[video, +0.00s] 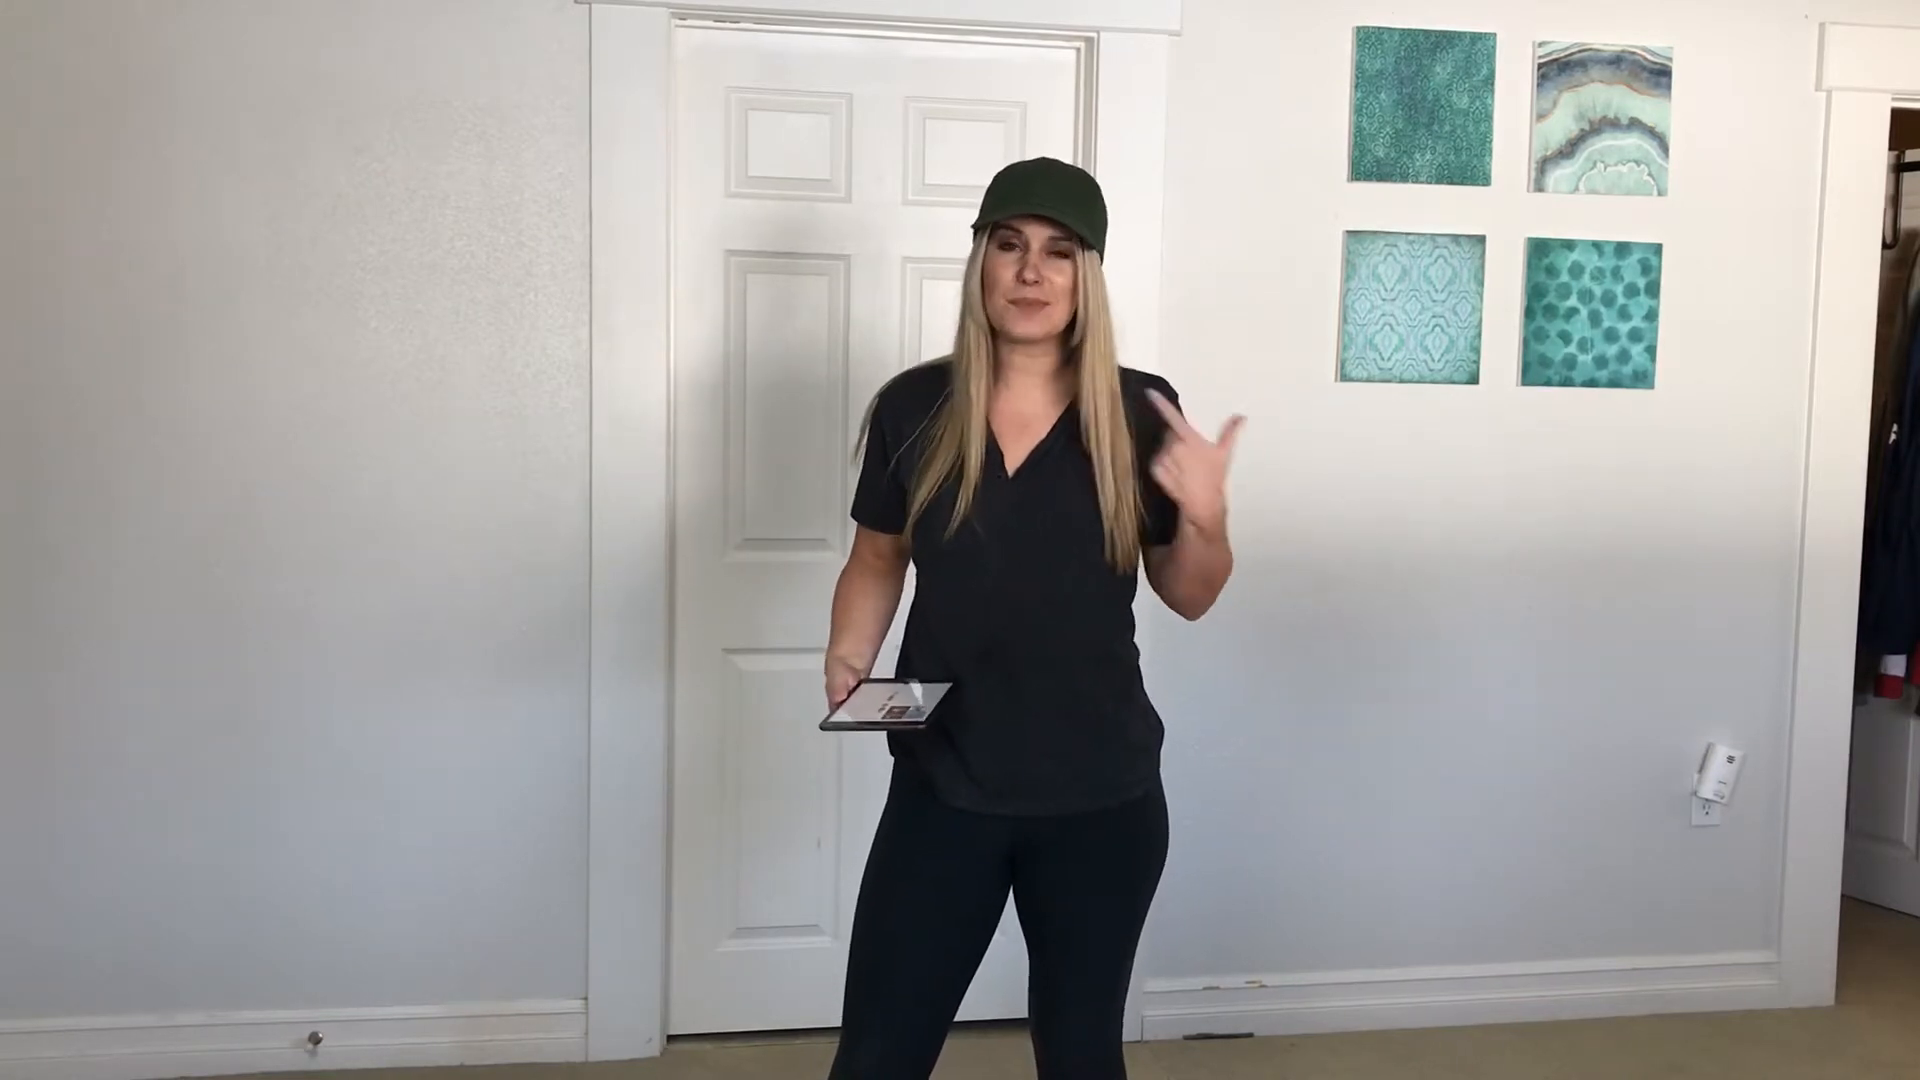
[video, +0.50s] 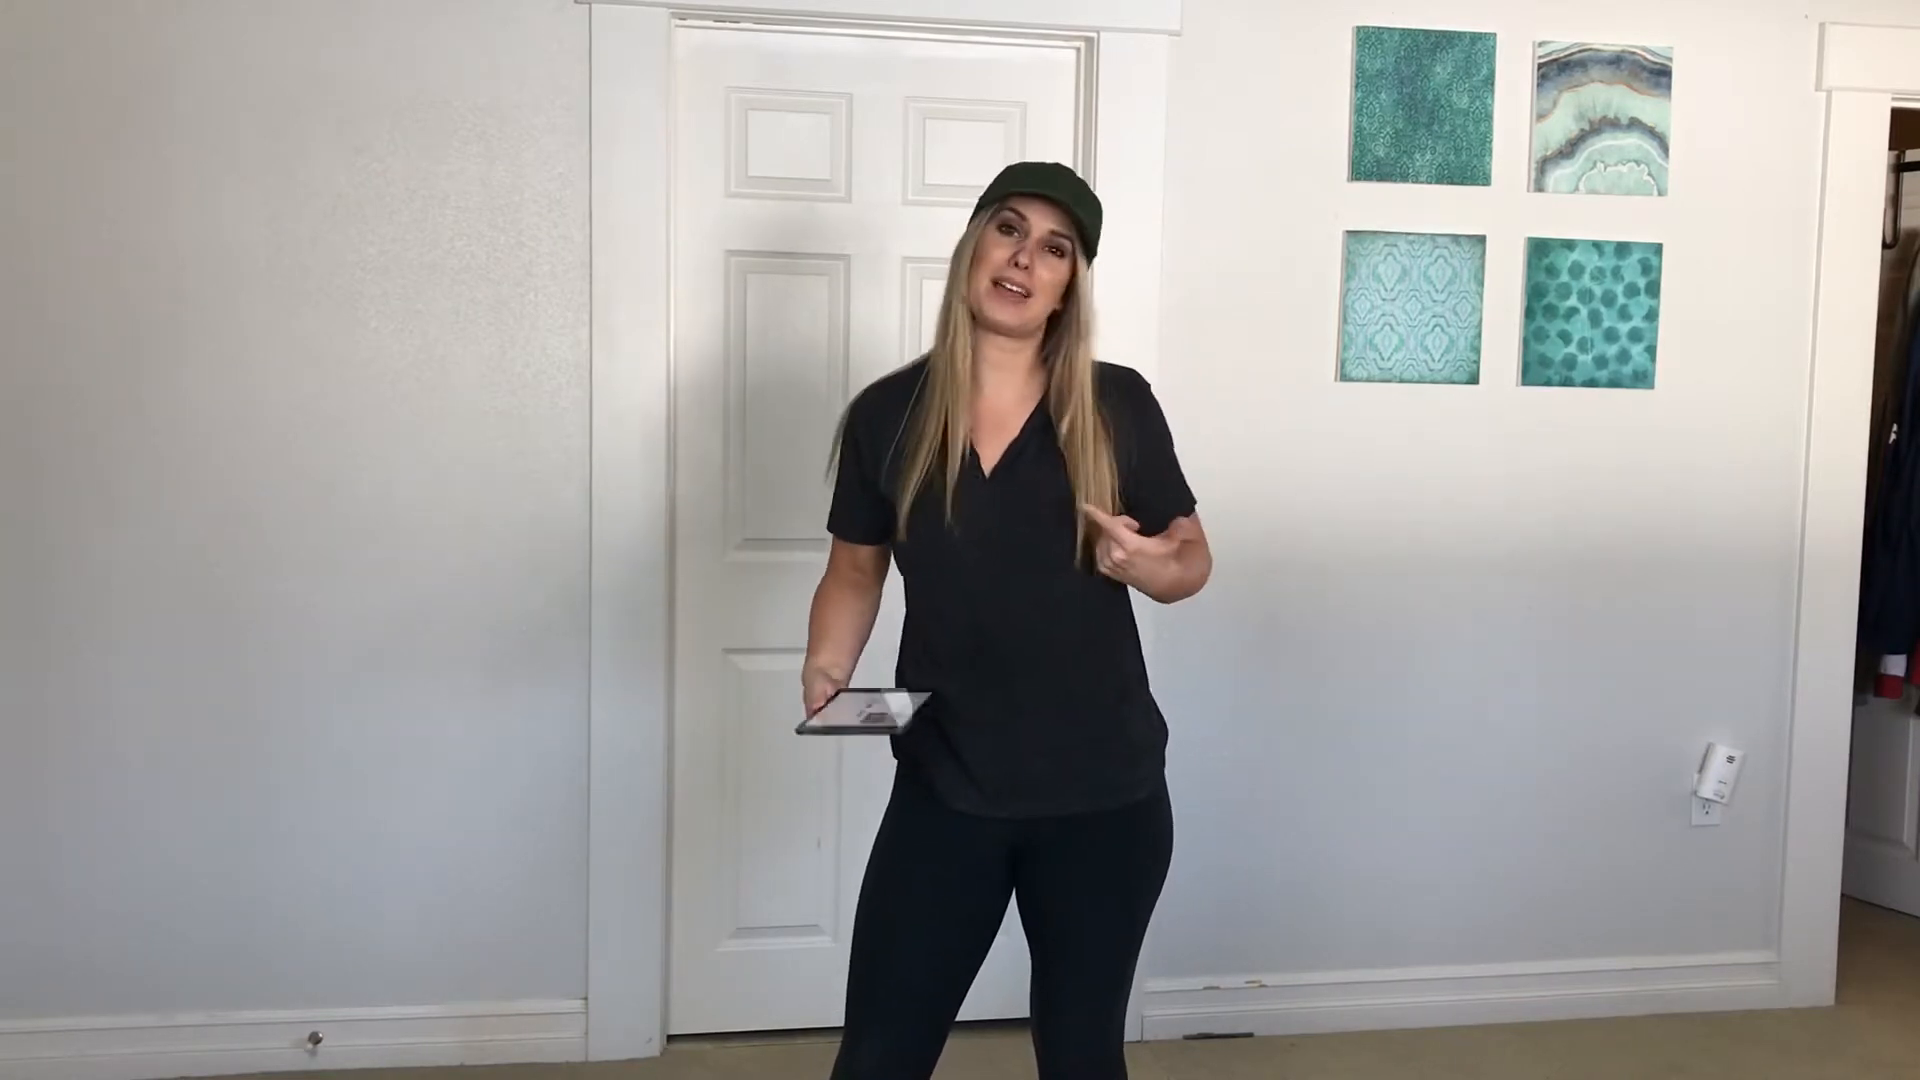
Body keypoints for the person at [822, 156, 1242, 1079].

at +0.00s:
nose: (1030, 270)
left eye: (1057, 252)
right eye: (1009, 246)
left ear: (1088, 275)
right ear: (978, 264)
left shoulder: (1138, 411)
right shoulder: (914, 407)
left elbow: (1188, 595)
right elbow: (875, 561)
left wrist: (1205, 522)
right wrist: (850, 658)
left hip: (1097, 790)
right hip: (944, 786)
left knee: (1080, 1055)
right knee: (877, 1057)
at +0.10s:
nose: (1030, 268)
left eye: (1058, 249)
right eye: (1009, 243)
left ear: (1087, 274)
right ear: (977, 262)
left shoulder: (1139, 409)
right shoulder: (912, 405)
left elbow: (1189, 584)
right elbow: (873, 557)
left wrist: (1208, 560)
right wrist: (848, 660)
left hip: (1095, 790)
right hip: (942, 785)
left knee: (1078, 1056)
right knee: (874, 1057)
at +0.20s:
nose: (1026, 268)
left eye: (1055, 253)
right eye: (1007, 243)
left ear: (1084, 279)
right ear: (975, 260)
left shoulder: (1135, 408)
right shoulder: (906, 405)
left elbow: (1200, 568)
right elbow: (867, 557)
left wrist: (1172, 574)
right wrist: (842, 663)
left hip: (1095, 791)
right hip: (940, 787)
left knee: (1077, 1055)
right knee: (873, 1057)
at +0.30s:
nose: (1039, 263)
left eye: (1068, 252)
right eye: (1023, 235)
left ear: (1087, 285)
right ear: (982, 249)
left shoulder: (1126, 406)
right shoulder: (896, 409)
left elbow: (1186, 570)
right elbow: (861, 561)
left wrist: (1157, 571)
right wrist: (839, 668)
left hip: (1097, 789)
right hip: (942, 786)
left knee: (1079, 1055)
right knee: (876, 1055)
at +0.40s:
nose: (1038, 260)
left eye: (1066, 250)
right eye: (1021, 230)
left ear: (1083, 283)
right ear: (978, 246)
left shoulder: (1121, 406)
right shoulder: (891, 410)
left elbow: (1184, 578)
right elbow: (852, 564)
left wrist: (1156, 563)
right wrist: (832, 674)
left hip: (1100, 791)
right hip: (944, 789)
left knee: (1080, 1055)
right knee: (878, 1057)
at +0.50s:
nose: (1023, 258)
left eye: (1052, 248)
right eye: (1008, 230)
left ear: (1072, 283)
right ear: (970, 247)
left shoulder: (1116, 402)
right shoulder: (888, 414)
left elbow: (1191, 562)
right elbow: (853, 573)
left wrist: (1144, 565)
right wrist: (828, 666)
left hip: (1100, 792)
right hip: (945, 791)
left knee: (1081, 1055)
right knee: (878, 1056)